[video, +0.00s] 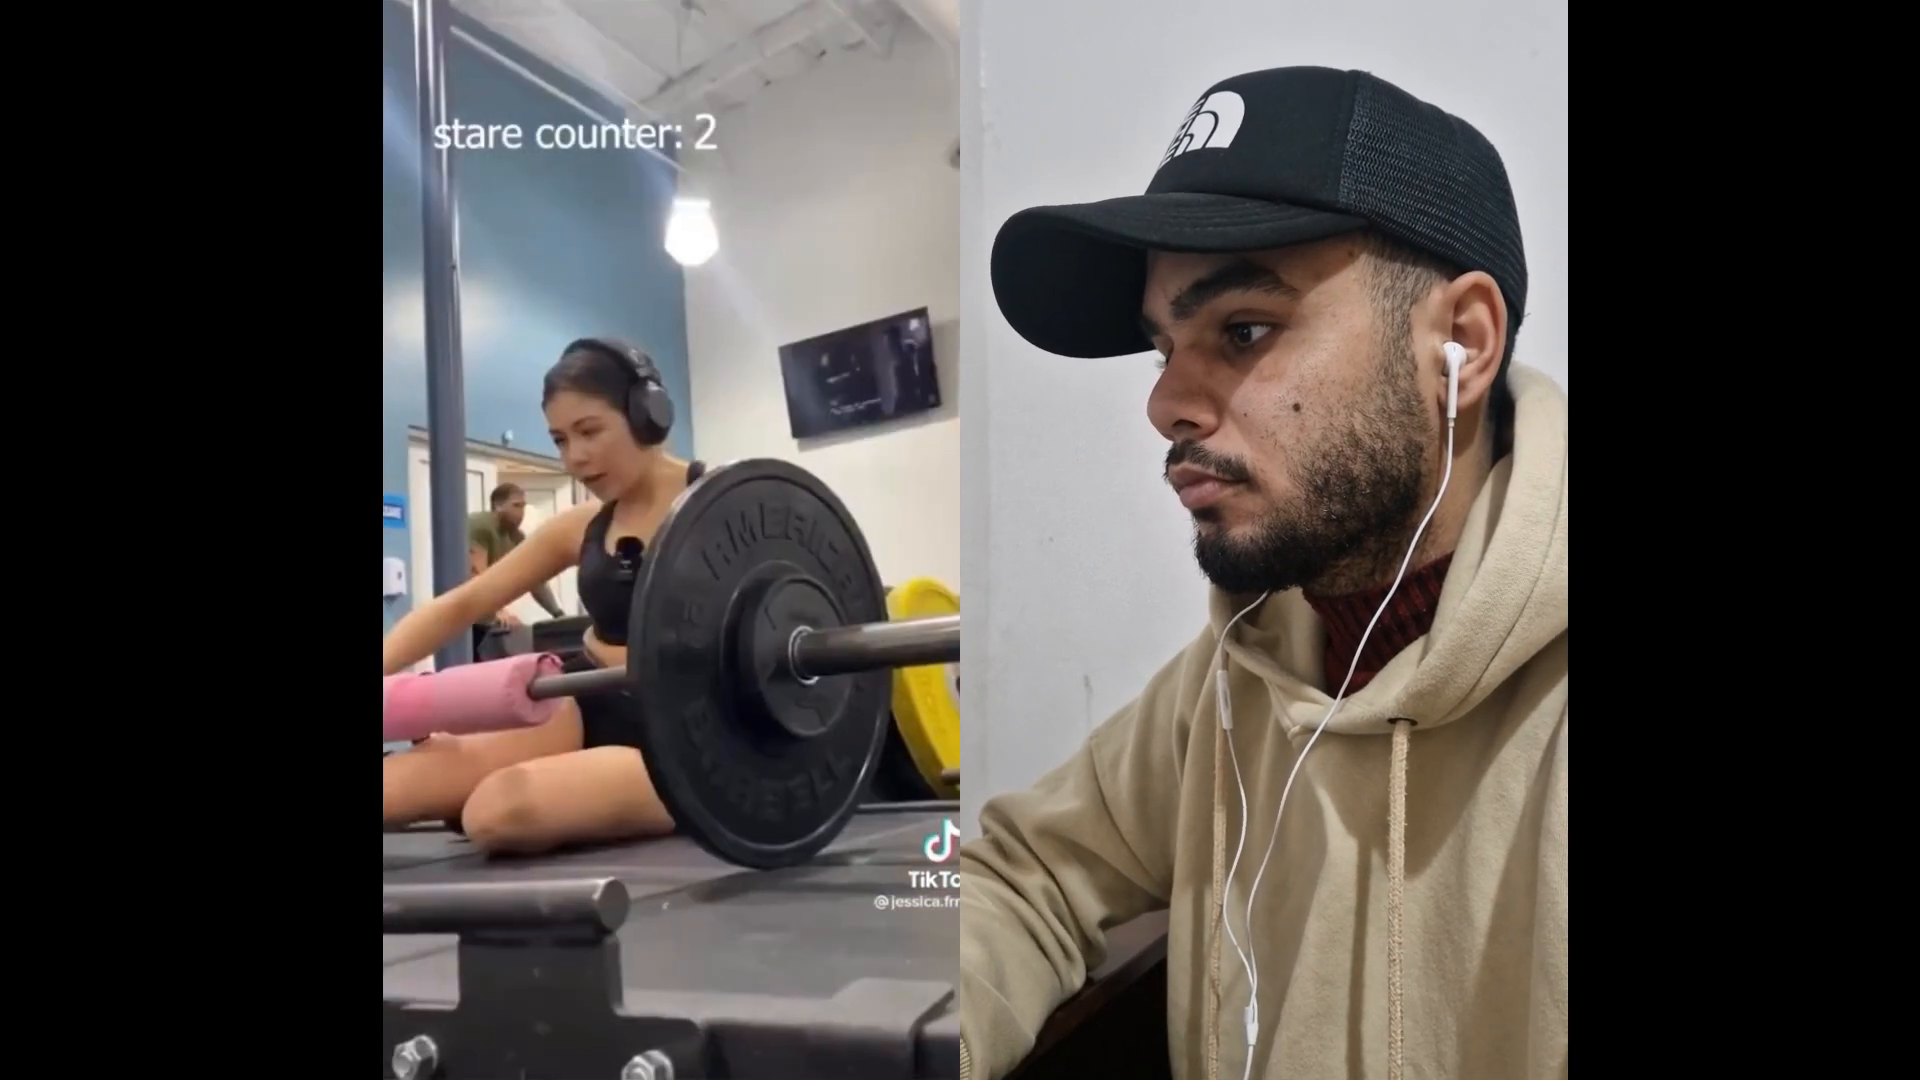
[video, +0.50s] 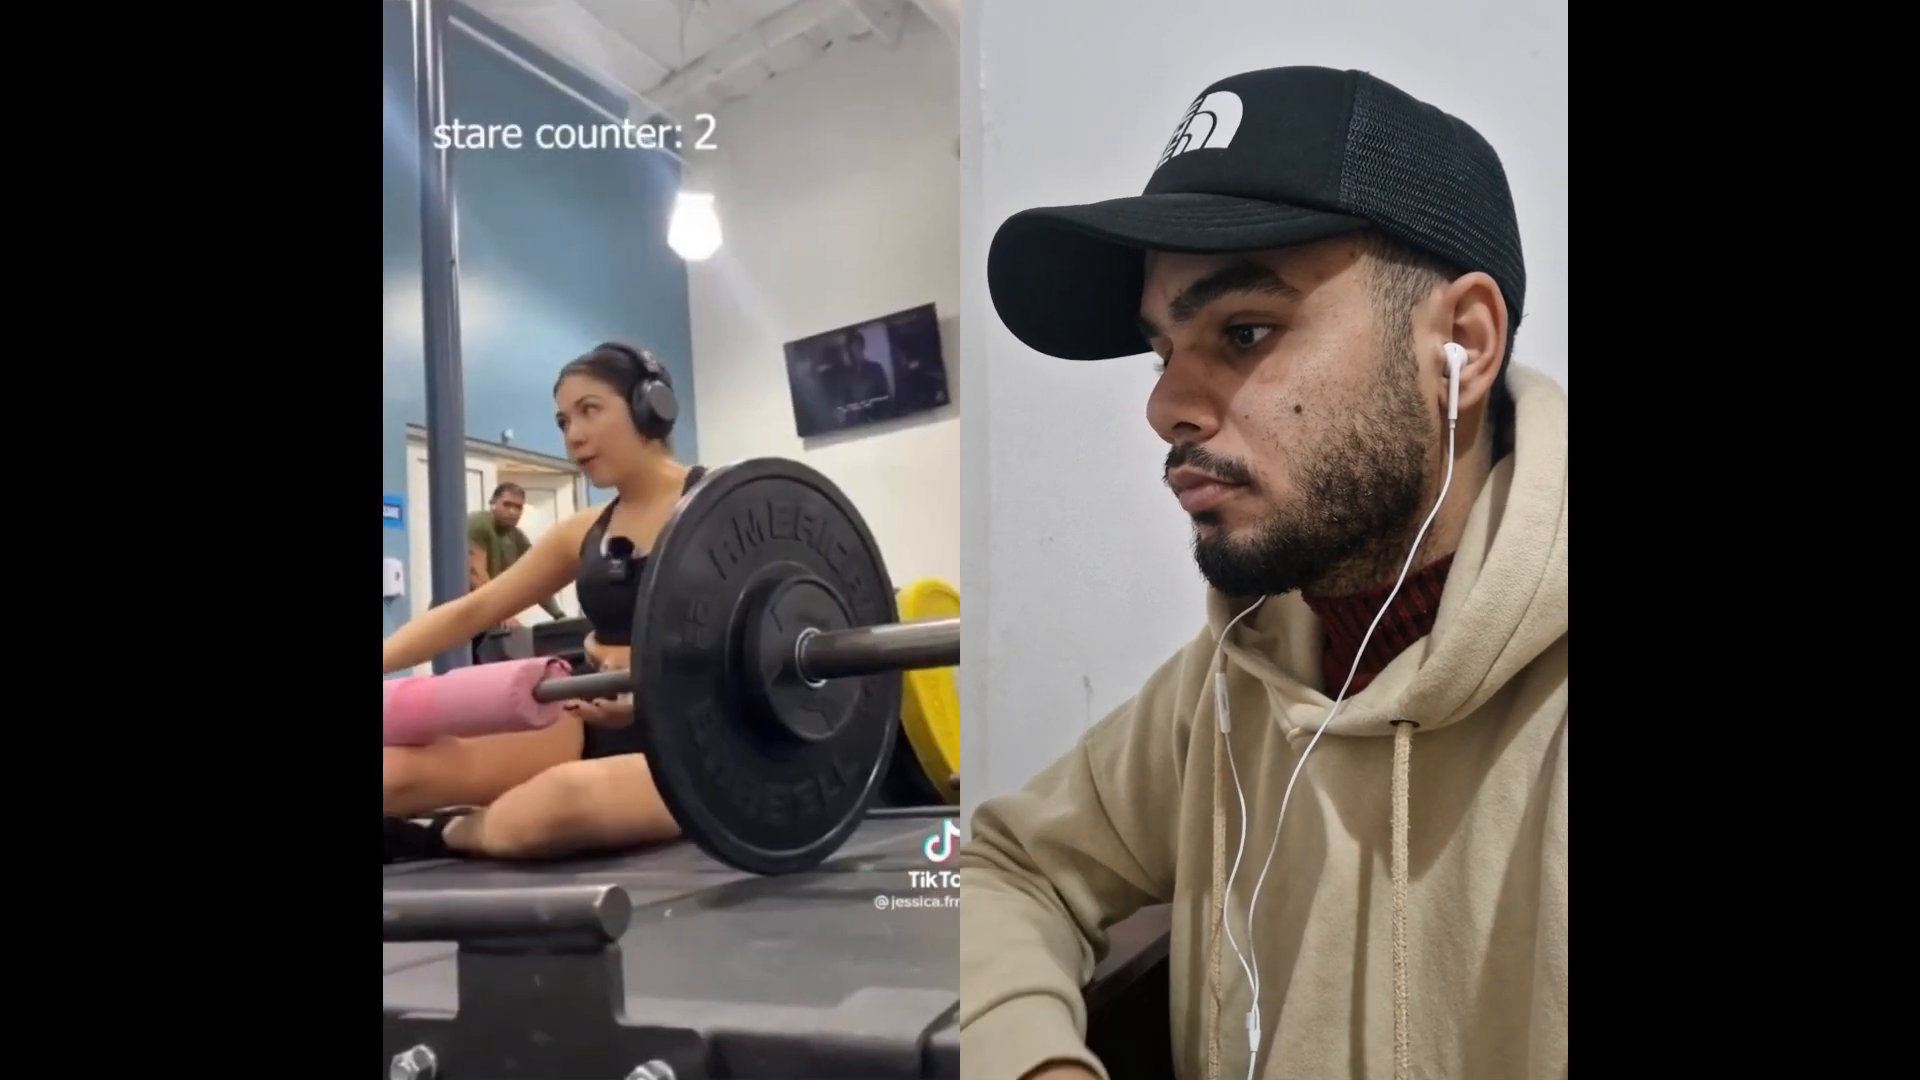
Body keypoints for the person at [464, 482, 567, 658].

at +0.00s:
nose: (521, 512)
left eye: (523, 506)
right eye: (516, 506)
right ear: (498, 506)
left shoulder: (517, 538)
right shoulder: (480, 527)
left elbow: (536, 582)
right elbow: (477, 575)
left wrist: (558, 614)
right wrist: (499, 610)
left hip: (486, 617)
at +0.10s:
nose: (520, 512)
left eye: (522, 507)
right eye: (514, 506)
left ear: (525, 507)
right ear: (497, 506)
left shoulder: (518, 539)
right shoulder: (480, 526)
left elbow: (536, 581)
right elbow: (477, 572)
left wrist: (559, 614)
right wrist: (499, 612)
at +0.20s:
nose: (519, 513)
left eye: (521, 507)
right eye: (512, 506)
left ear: (524, 508)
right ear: (496, 506)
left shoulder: (519, 539)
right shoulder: (479, 526)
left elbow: (536, 581)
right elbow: (477, 573)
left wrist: (559, 614)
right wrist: (499, 612)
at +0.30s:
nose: (517, 513)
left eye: (521, 507)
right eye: (511, 506)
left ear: (524, 509)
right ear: (495, 505)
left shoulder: (520, 541)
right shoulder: (479, 526)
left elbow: (534, 582)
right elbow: (477, 575)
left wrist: (558, 614)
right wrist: (505, 615)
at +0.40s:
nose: (515, 513)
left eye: (519, 507)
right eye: (509, 506)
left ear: (523, 509)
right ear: (493, 504)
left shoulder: (519, 540)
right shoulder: (478, 525)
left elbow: (534, 582)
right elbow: (477, 576)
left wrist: (558, 614)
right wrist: (505, 616)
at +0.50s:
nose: (512, 512)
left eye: (517, 507)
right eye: (507, 505)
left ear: (522, 510)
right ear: (493, 503)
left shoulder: (518, 538)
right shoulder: (478, 525)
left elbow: (535, 579)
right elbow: (476, 575)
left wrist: (558, 615)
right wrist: (502, 613)